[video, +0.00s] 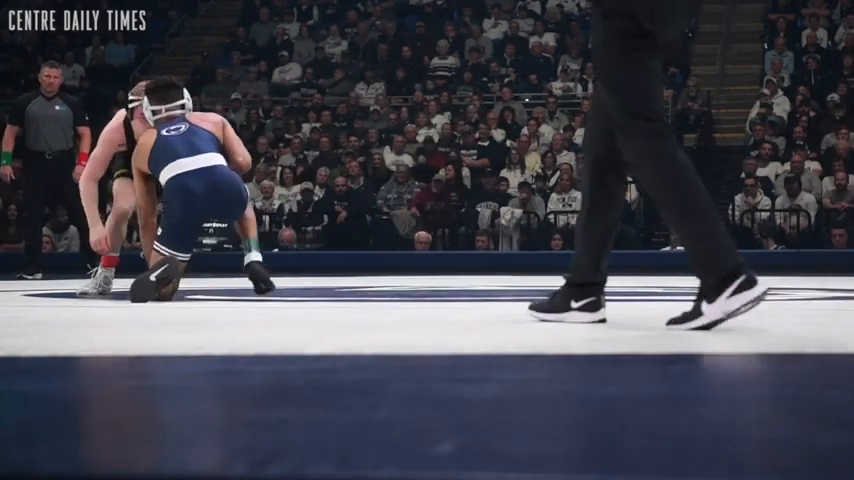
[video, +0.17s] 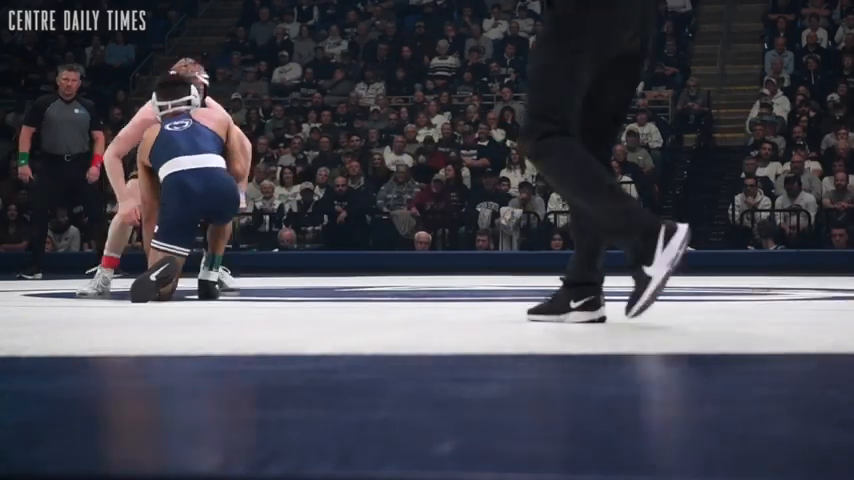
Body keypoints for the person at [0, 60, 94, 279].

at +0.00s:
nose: (51, 81)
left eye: (56, 77)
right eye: (48, 77)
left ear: (61, 80)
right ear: (40, 78)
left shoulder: (72, 104)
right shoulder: (25, 102)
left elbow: (85, 134)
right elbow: (10, 132)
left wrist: (82, 162)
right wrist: (5, 161)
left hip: (65, 164)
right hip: (35, 164)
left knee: (79, 211)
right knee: (32, 214)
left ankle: (93, 261)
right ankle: (33, 266)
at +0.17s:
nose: (69, 85)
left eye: (73, 81)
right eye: (65, 80)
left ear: (79, 83)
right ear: (58, 81)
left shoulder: (88, 107)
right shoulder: (43, 104)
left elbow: (99, 137)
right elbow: (27, 132)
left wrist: (96, 164)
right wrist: (23, 162)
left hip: (80, 166)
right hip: (49, 166)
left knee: (96, 210)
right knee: (39, 212)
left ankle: (102, 261)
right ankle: (34, 264)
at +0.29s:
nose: (84, 87)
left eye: (89, 83)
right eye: (80, 82)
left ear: (94, 85)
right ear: (72, 84)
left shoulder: (101, 111)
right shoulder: (59, 106)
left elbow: (110, 141)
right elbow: (41, 134)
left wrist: (109, 166)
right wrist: (42, 163)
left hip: (94, 168)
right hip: (64, 167)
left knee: (106, 214)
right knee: (54, 215)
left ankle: (107, 264)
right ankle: (35, 265)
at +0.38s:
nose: (92, 87)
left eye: (96, 83)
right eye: (88, 82)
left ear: (102, 86)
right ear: (81, 84)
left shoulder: (107, 110)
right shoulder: (67, 105)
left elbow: (116, 140)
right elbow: (51, 134)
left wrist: (119, 167)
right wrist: (56, 163)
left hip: (101, 168)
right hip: (73, 167)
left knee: (109, 215)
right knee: (59, 215)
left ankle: (108, 264)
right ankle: (41, 264)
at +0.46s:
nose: (97, 86)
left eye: (102, 82)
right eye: (93, 82)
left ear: (107, 84)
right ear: (85, 83)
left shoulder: (112, 109)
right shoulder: (72, 104)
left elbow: (120, 139)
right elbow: (57, 132)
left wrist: (128, 168)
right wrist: (68, 161)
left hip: (106, 167)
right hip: (78, 166)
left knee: (110, 215)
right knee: (65, 214)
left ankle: (108, 265)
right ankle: (45, 264)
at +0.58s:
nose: (101, 85)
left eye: (105, 81)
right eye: (97, 80)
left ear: (111, 83)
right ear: (90, 82)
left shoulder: (116, 108)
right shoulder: (78, 103)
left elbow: (124, 137)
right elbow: (62, 130)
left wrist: (136, 166)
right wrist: (75, 158)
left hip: (109, 166)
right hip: (83, 165)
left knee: (111, 216)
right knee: (69, 213)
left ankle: (108, 265)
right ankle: (52, 263)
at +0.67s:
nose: (103, 84)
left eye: (107, 81)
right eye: (99, 80)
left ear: (112, 83)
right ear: (91, 82)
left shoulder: (116, 108)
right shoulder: (79, 103)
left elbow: (124, 137)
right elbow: (63, 130)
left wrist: (132, 159)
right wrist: (74, 159)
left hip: (110, 165)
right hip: (84, 163)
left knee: (111, 216)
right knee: (71, 213)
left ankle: (109, 265)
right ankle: (54, 264)